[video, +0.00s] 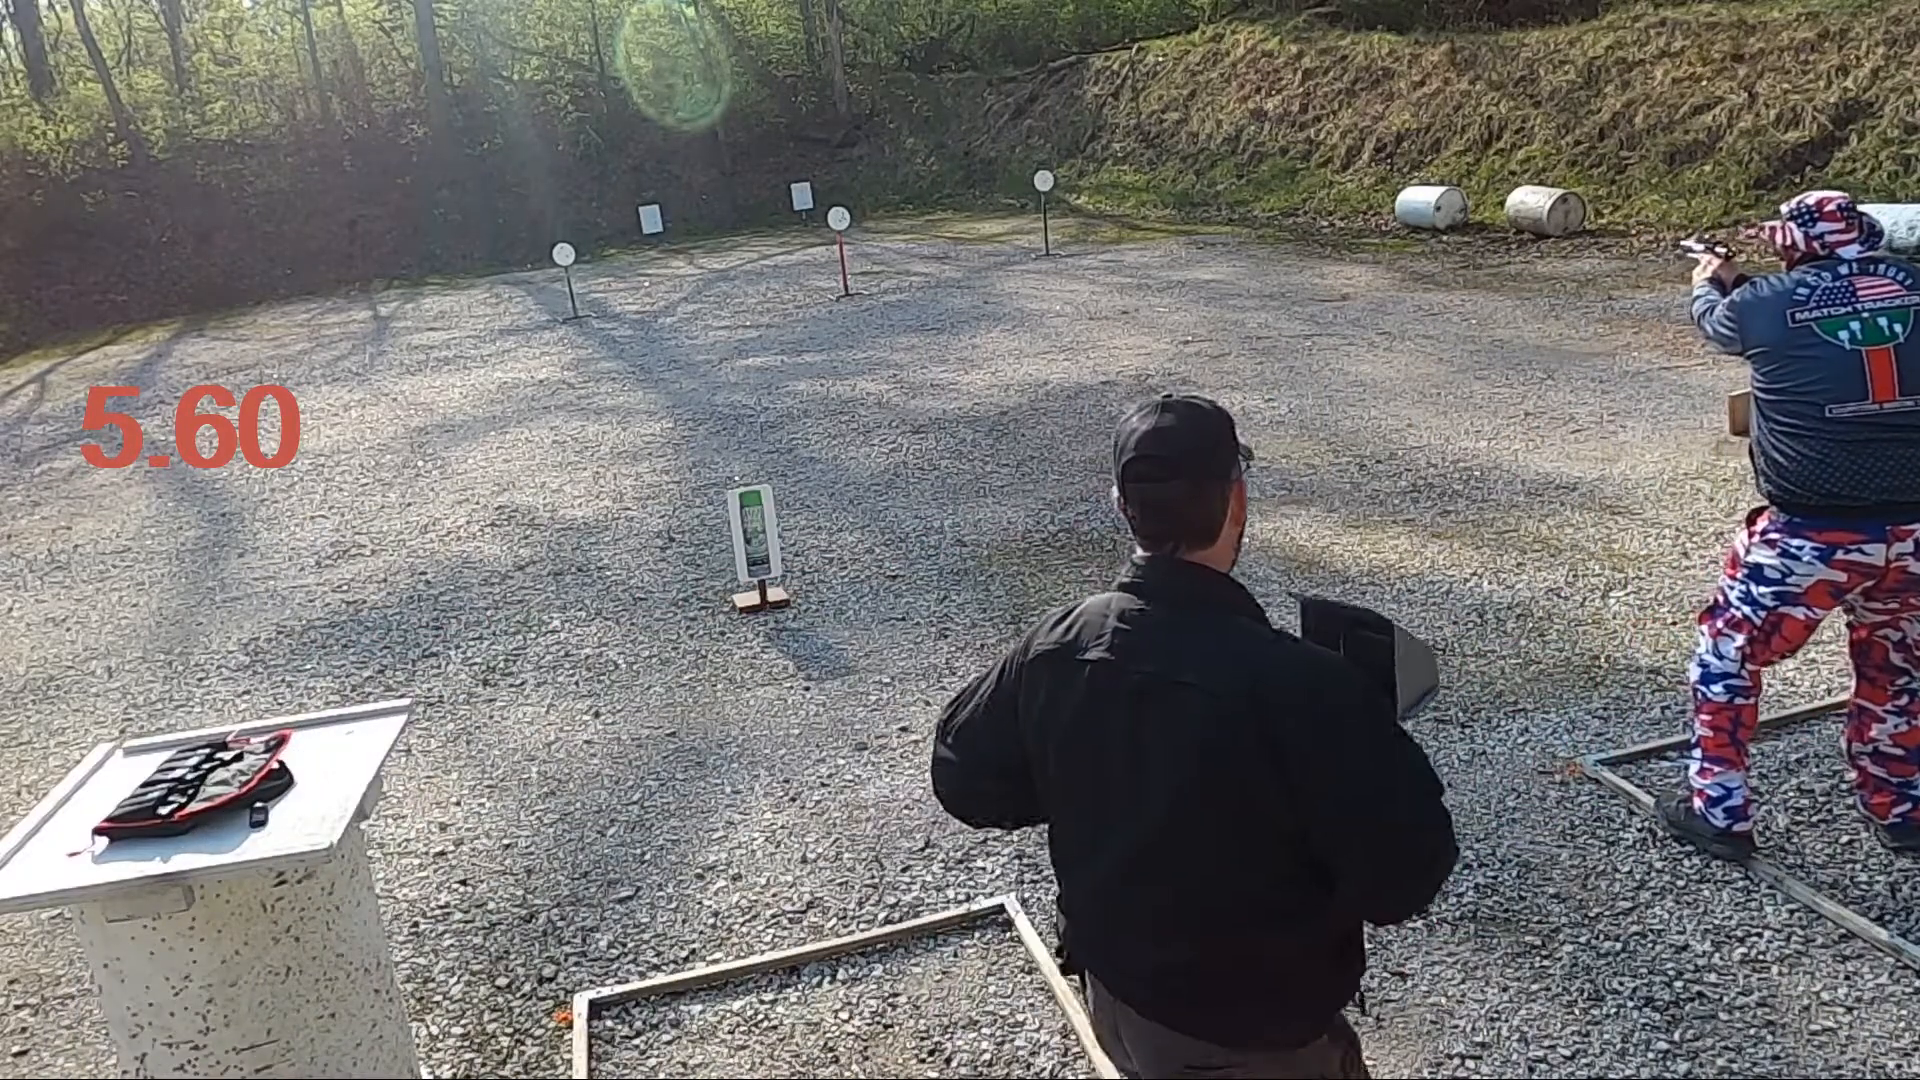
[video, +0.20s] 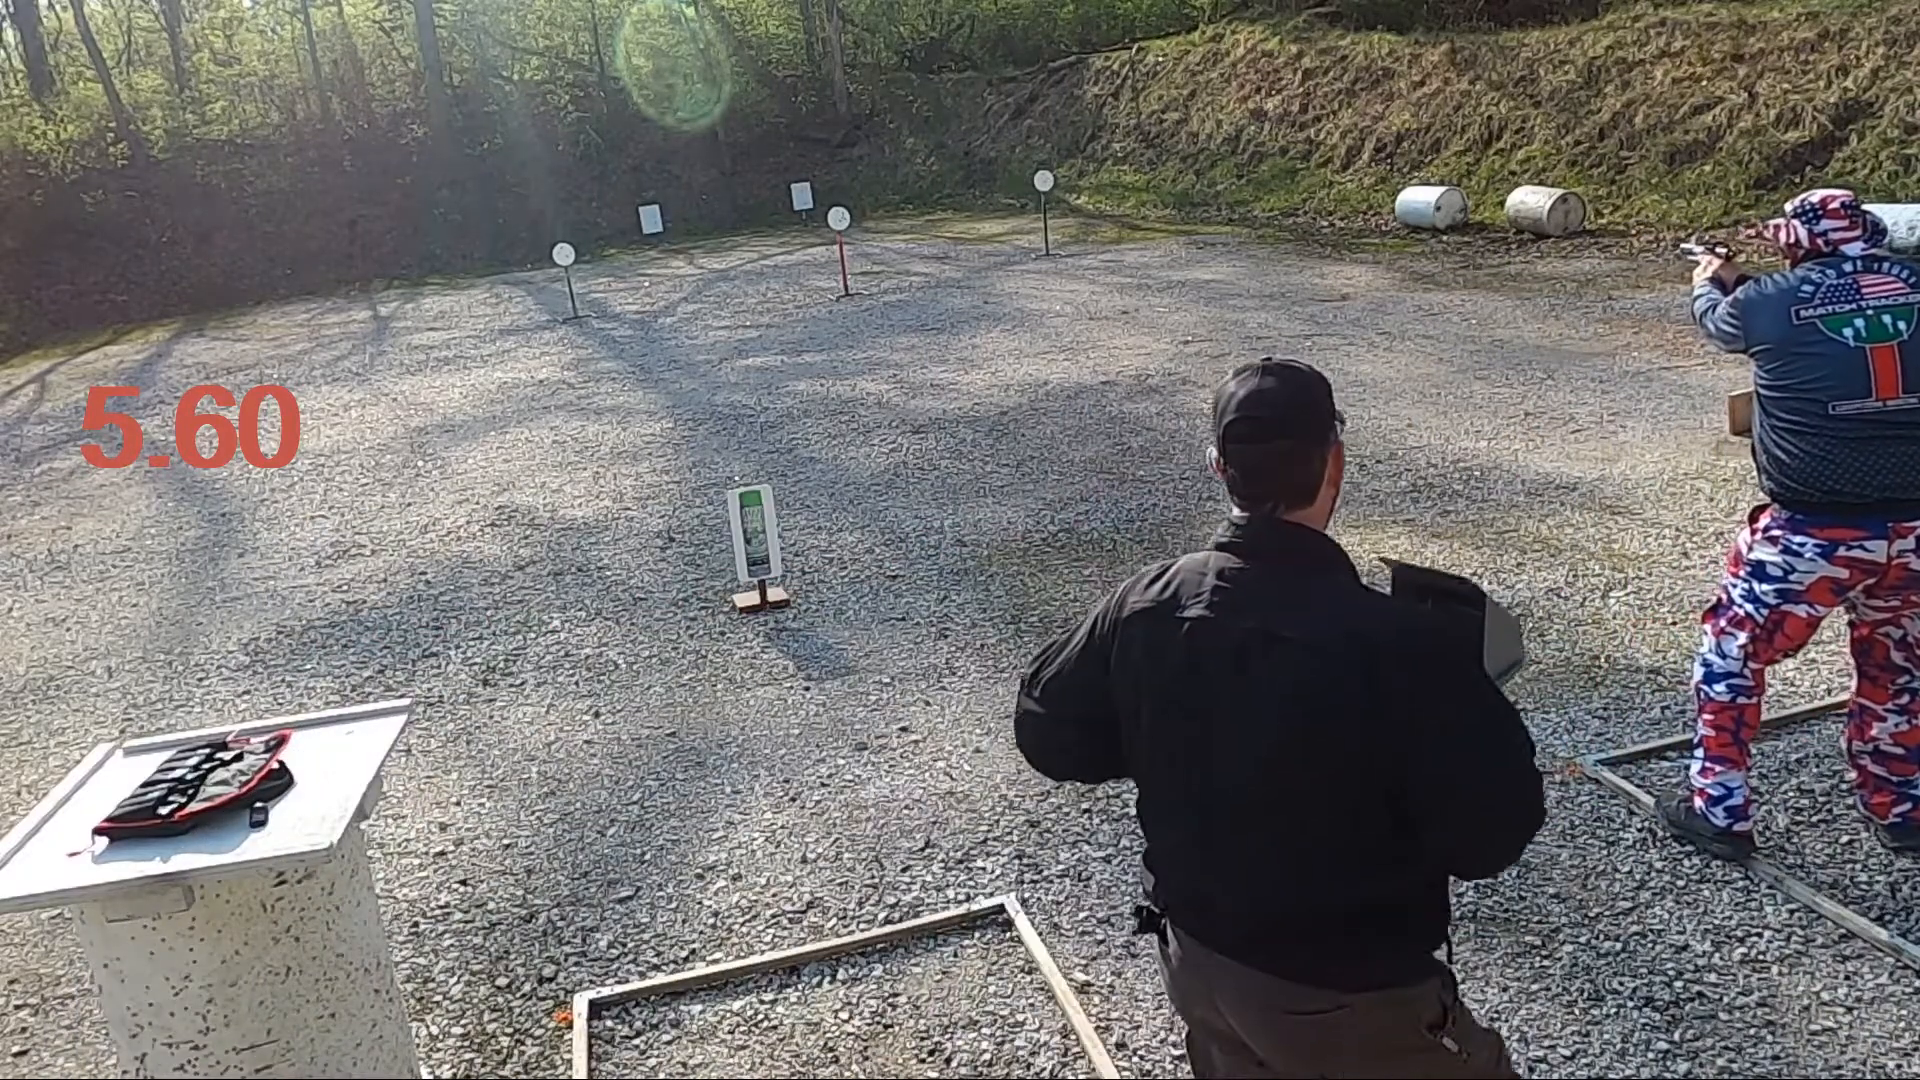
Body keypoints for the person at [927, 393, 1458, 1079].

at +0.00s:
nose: (1245, 497)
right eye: (1244, 481)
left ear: (1122, 507)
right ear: (1237, 501)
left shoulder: (1055, 654)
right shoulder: (1309, 687)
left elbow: (963, 781)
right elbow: (1410, 876)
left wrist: (1093, 768)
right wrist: (1360, 714)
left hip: (1117, 1009)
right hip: (1268, 1038)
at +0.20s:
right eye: (1340, 444)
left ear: (1220, 470)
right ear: (1335, 464)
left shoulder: (1146, 608)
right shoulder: (1403, 641)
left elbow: (1047, 734)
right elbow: (1495, 831)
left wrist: (1174, 722)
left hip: (1200, 972)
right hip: (1353, 1006)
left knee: (1228, 1063)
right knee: (1482, 1064)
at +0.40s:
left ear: (1329, 459)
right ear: (1450, 456)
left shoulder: (1257, 596)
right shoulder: (1522, 613)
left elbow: (1145, 731)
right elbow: (1610, 811)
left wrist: (1272, 702)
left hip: (1299, 960)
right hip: (1467, 985)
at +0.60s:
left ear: (1434, 435)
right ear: (1557, 423)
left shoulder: (1354, 578)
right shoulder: (1644, 593)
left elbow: (1249, 716)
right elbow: (1730, 765)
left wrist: (1374, 699)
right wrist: (1622, 733)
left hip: (1407, 930)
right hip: (1576, 947)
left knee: (1431, 1060)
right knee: (1615, 1069)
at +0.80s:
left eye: (1490, 401)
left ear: (1494, 416)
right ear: (1615, 402)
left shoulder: (1425, 558)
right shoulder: (1708, 564)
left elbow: (1315, 702)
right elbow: (1784, 736)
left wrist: (1438, 666)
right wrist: (1674, 692)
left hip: (1465, 914)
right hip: (1634, 929)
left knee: (1500, 1064)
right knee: (1635, 1067)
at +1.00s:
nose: (1509, 409)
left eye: (1509, 399)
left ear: (1518, 418)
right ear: (1632, 405)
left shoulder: (1449, 560)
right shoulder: (1727, 561)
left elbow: (1348, 704)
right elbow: (1800, 721)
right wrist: (1699, 682)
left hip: (1516, 914)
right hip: (1675, 917)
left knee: (1561, 1070)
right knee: (1679, 1068)